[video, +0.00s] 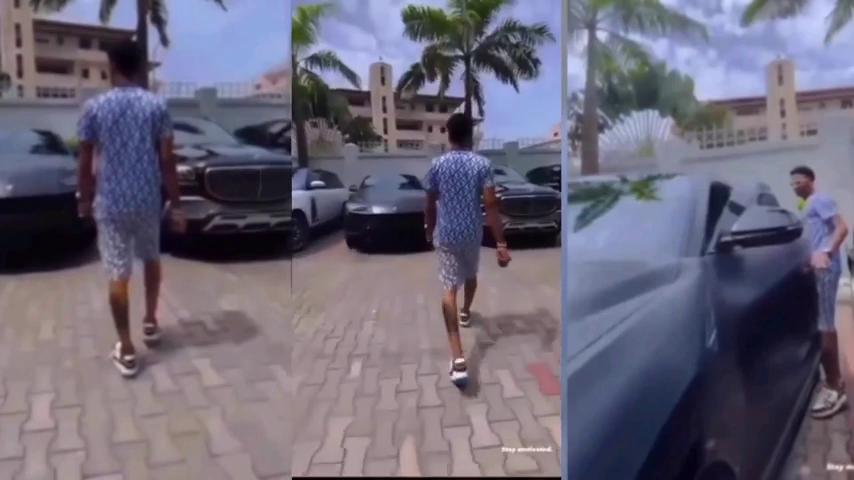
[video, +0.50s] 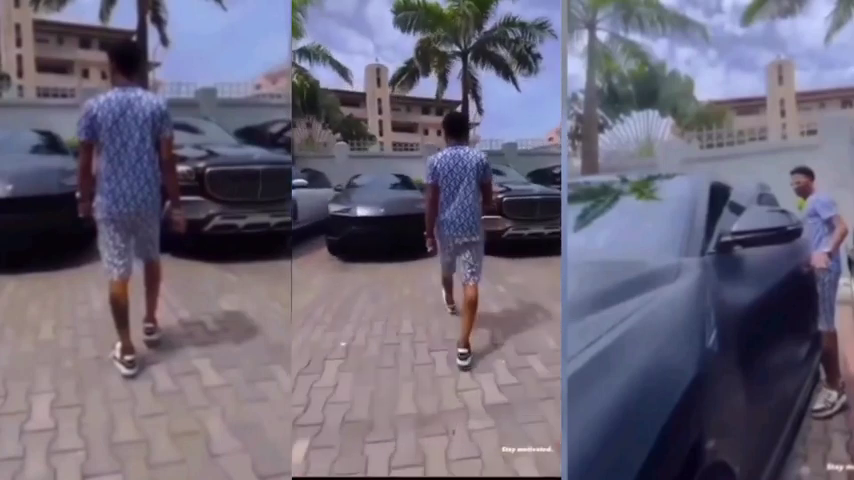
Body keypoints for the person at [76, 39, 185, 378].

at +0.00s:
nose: (110, 72)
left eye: (110, 66)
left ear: (112, 68)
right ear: (142, 67)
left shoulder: (96, 107)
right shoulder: (156, 106)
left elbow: (85, 161)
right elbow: (167, 160)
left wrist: (85, 199)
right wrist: (175, 202)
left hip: (110, 201)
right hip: (147, 200)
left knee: (118, 273)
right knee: (151, 260)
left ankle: (125, 348)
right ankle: (150, 319)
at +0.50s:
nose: (110, 72)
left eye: (110, 66)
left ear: (112, 68)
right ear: (142, 67)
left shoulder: (96, 107)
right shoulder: (156, 106)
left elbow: (85, 161)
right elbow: (167, 160)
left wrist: (85, 199)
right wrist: (175, 202)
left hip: (110, 201)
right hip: (147, 200)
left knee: (118, 273)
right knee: (151, 260)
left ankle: (125, 348)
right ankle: (150, 319)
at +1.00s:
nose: (110, 71)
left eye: (110, 66)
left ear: (112, 68)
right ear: (142, 67)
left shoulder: (95, 107)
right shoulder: (156, 106)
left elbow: (85, 161)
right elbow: (167, 160)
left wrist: (84, 199)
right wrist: (175, 202)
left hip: (110, 201)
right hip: (147, 200)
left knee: (118, 273)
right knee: (151, 260)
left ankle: (125, 348)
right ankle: (150, 319)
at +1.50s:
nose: (110, 71)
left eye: (110, 66)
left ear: (112, 68)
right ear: (142, 67)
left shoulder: (95, 107)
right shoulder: (156, 106)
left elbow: (85, 161)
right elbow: (167, 160)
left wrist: (84, 199)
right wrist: (175, 202)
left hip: (110, 201)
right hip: (147, 200)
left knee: (118, 273)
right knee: (151, 260)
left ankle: (125, 348)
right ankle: (150, 319)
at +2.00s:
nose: (110, 71)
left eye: (110, 66)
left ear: (112, 68)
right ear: (142, 67)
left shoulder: (95, 107)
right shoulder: (156, 106)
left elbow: (85, 161)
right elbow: (167, 160)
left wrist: (84, 199)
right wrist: (175, 202)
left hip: (110, 201)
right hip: (147, 200)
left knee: (118, 273)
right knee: (151, 260)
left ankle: (125, 348)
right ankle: (150, 319)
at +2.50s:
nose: (110, 71)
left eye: (110, 66)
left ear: (112, 68)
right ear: (142, 67)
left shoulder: (95, 107)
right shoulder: (156, 106)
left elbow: (85, 161)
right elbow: (167, 160)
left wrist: (84, 199)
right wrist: (175, 202)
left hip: (110, 201)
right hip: (147, 200)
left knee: (118, 273)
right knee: (151, 260)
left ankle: (125, 348)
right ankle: (150, 319)